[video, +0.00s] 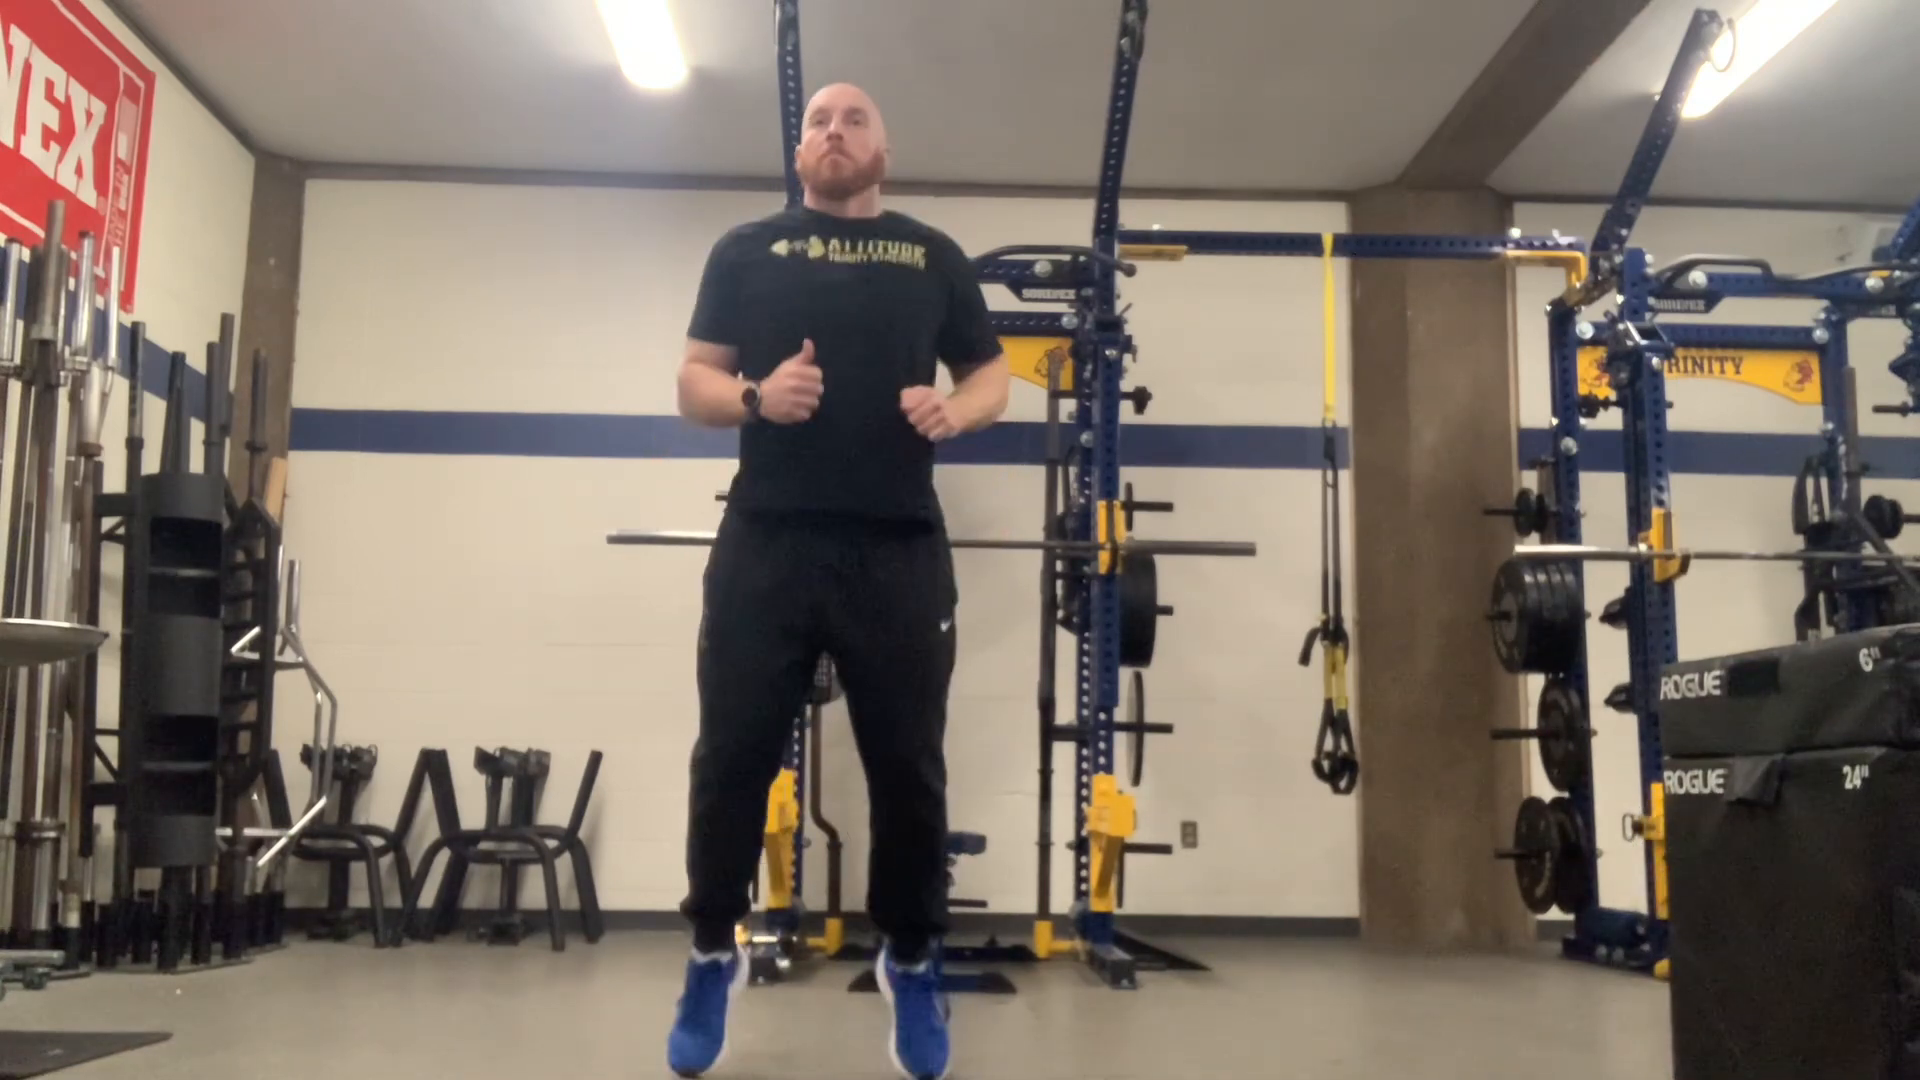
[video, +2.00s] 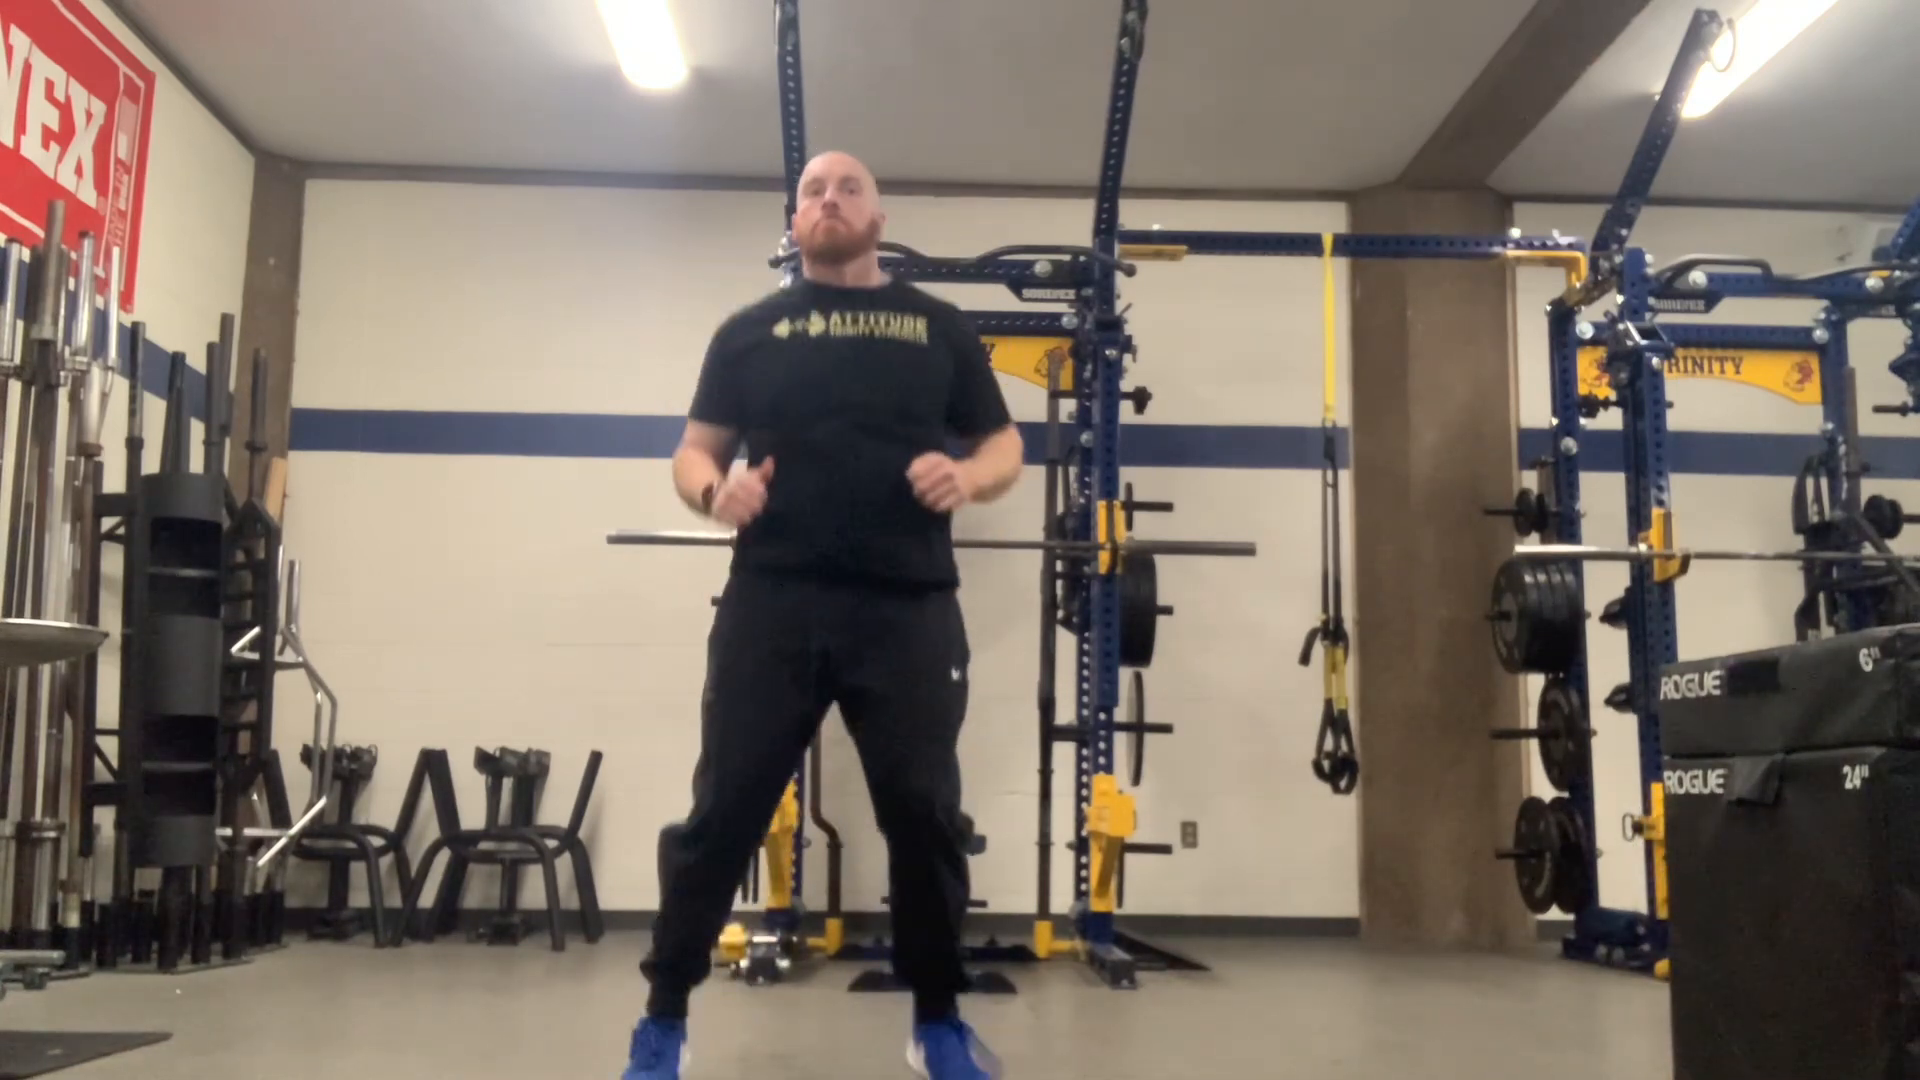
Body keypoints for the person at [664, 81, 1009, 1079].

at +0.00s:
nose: (834, 129)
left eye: (854, 119)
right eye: (818, 120)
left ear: (887, 151)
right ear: (796, 153)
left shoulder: (935, 257)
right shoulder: (745, 253)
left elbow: (992, 379)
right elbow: (696, 389)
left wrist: (955, 410)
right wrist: (755, 396)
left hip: (896, 548)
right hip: (766, 544)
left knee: (909, 768)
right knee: (731, 757)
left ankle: (912, 965)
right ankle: (711, 957)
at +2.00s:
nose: (830, 197)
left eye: (848, 187)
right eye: (814, 189)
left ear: (882, 220)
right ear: (791, 225)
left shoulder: (943, 329)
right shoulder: (748, 333)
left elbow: (1006, 452)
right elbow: (694, 457)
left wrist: (966, 475)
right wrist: (717, 489)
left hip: (906, 609)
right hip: (772, 606)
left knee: (926, 817)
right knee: (723, 815)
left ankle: (939, 1024)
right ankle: (663, 1019)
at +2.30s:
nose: (873, 131)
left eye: (890, 119)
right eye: (857, 121)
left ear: (920, 146)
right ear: (832, 153)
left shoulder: (987, 237)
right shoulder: (795, 261)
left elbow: (1073, 351)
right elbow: (759, 389)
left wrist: (1030, 359)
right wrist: (784, 416)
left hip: (971, 540)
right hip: (841, 540)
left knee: (989, 761)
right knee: (816, 751)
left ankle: (998, 980)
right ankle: (800, 963)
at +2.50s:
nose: (913, 216)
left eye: (930, 204)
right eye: (896, 203)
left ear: (957, 230)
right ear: (868, 229)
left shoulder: (1014, 330)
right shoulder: (824, 349)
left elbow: (1074, 441)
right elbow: (773, 470)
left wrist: (1070, 484)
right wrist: (787, 497)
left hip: (1018, 616)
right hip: (891, 624)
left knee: (1057, 830)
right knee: (904, 830)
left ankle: (1099, 1030)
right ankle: (944, 1021)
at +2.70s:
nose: (914, 152)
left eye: (932, 142)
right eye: (898, 141)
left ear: (960, 174)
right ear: (870, 171)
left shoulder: (1000, 282)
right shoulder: (808, 271)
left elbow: (1055, 400)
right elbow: (744, 392)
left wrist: (1048, 432)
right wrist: (792, 407)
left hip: (965, 572)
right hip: (839, 573)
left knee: (1012, 785)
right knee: (866, 793)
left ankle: (1052, 998)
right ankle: (917, 1004)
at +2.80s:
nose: (887, 126)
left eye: (905, 116)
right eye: (871, 114)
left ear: (934, 144)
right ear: (845, 141)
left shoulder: (977, 245)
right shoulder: (787, 236)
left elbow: (1033, 365)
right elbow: (713, 357)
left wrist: (1020, 399)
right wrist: (755, 385)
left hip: (932, 532)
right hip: (807, 530)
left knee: (925, 747)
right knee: (811, 746)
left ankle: (925, 955)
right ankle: (828, 955)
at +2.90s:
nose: (860, 144)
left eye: (880, 135)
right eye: (846, 132)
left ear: (909, 167)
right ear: (819, 159)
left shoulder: (953, 266)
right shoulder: (761, 259)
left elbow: (1008, 386)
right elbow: (690, 377)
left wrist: (982, 421)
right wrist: (708, 430)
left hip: (900, 547)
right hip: (773, 540)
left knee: (856, 763)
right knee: (744, 748)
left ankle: (817, 968)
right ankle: (707, 956)